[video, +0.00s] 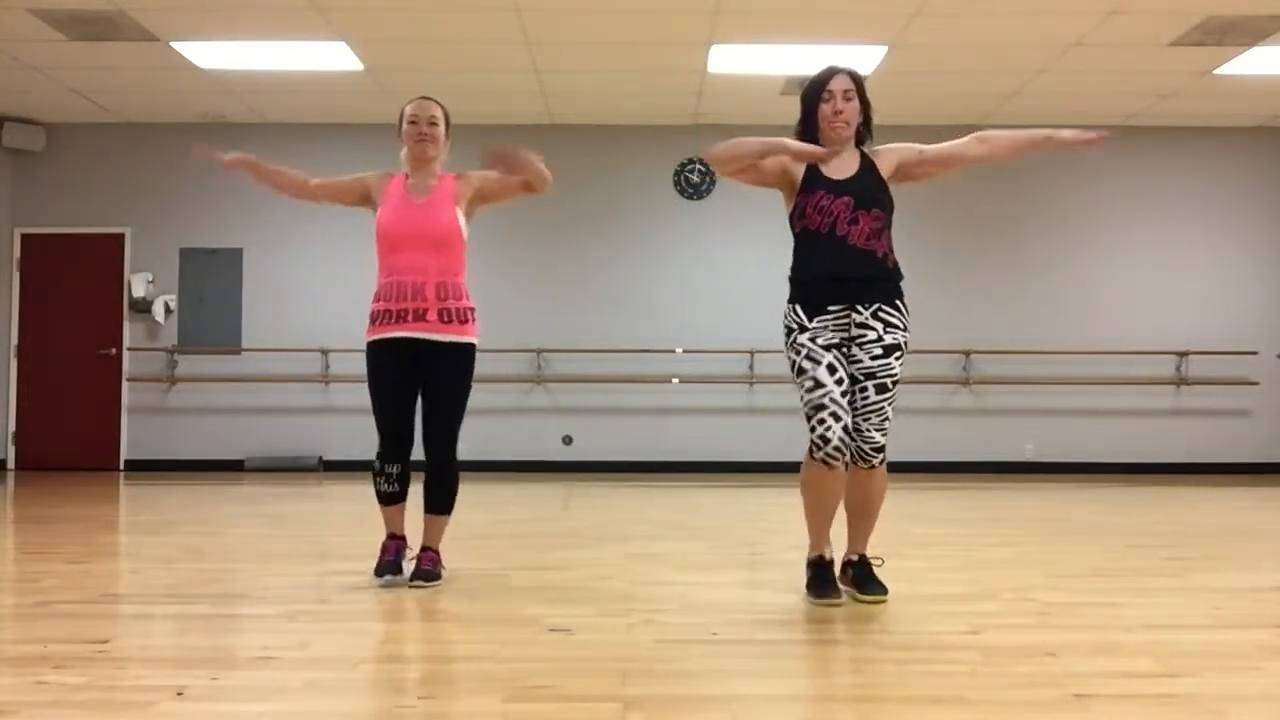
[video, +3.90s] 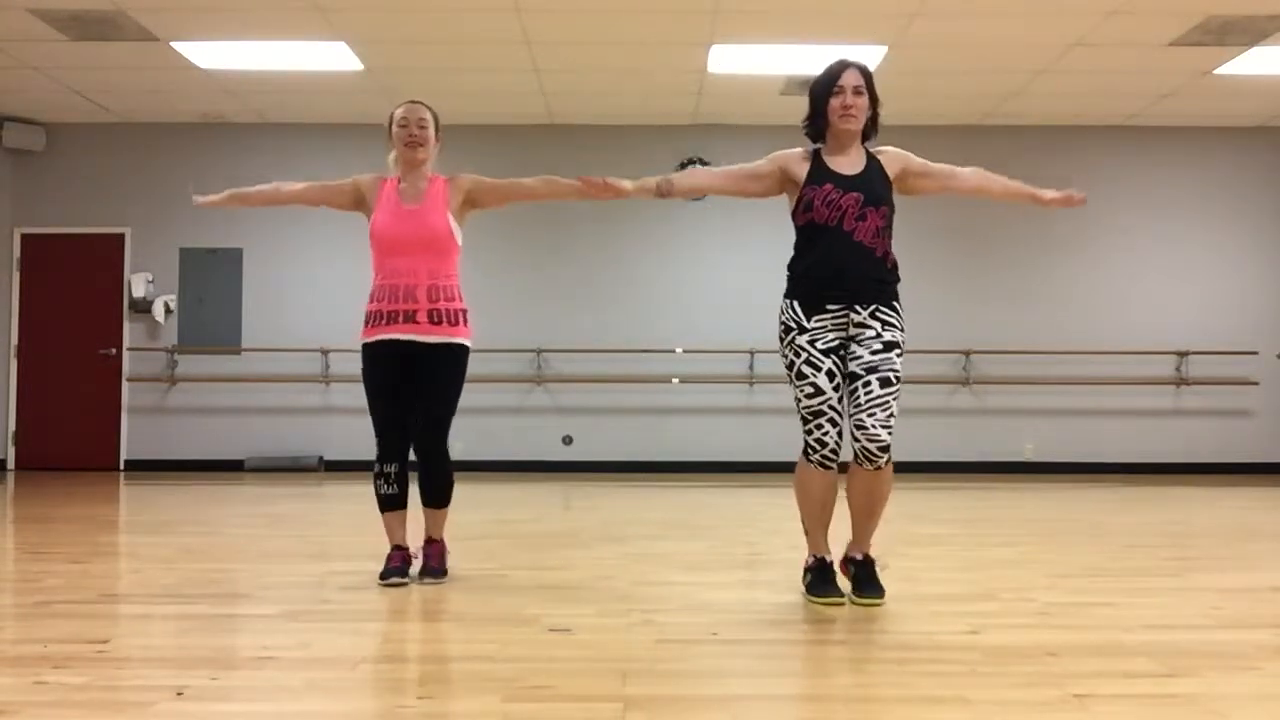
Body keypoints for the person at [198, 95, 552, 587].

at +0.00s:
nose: (423, 128)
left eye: (432, 121)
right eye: (414, 121)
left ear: (446, 136)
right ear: (400, 135)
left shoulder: (466, 185)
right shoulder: (379, 185)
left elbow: (538, 184)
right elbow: (308, 187)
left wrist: (523, 161)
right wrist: (251, 165)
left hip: (450, 334)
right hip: (391, 333)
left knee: (440, 447)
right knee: (394, 444)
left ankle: (430, 551)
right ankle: (394, 542)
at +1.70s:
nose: (416, 131)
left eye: (426, 125)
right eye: (407, 124)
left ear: (441, 138)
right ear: (395, 137)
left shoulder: (463, 187)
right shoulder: (375, 188)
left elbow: (536, 185)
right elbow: (304, 184)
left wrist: (592, 156)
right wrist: (337, 149)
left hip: (451, 336)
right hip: (392, 335)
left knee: (441, 446)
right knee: (394, 443)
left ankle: (432, 549)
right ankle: (398, 542)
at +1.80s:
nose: (416, 138)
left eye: (426, 132)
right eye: (408, 132)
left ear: (441, 144)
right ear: (395, 143)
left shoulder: (462, 191)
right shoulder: (376, 191)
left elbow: (533, 186)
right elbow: (303, 183)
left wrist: (541, 136)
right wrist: (345, 145)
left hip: (453, 339)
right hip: (393, 338)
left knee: (447, 448)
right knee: (397, 447)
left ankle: (433, 548)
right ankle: (397, 543)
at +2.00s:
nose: (416, 133)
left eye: (426, 128)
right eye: (407, 126)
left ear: (440, 141)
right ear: (395, 139)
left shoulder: (458, 187)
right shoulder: (375, 188)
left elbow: (512, 142)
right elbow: (311, 155)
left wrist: (462, 107)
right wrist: (366, 118)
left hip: (449, 337)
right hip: (390, 336)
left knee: (440, 444)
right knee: (395, 447)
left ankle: (433, 549)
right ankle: (402, 550)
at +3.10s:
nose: (413, 134)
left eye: (423, 128)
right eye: (405, 129)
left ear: (439, 141)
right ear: (393, 141)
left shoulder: (457, 187)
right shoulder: (378, 186)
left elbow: (499, 125)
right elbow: (333, 124)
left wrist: (540, 68)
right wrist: (289, 71)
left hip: (442, 338)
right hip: (384, 334)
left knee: (428, 446)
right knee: (391, 446)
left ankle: (430, 547)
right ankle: (400, 550)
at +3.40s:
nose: (415, 129)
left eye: (424, 123)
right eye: (407, 124)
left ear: (440, 137)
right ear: (395, 137)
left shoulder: (462, 185)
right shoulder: (379, 184)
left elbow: (532, 145)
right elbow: (319, 152)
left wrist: (603, 110)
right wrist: (264, 122)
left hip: (447, 337)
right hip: (388, 335)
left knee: (439, 446)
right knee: (394, 444)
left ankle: (430, 550)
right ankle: (399, 545)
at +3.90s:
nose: (413, 126)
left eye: (422, 122)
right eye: (404, 121)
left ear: (436, 139)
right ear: (390, 138)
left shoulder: (458, 189)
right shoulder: (371, 189)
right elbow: (293, 191)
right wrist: (227, 197)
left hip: (444, 331)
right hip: (385, 331)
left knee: (430, 439)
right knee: (390, 442)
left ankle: (435, 543)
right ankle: (398, 549)